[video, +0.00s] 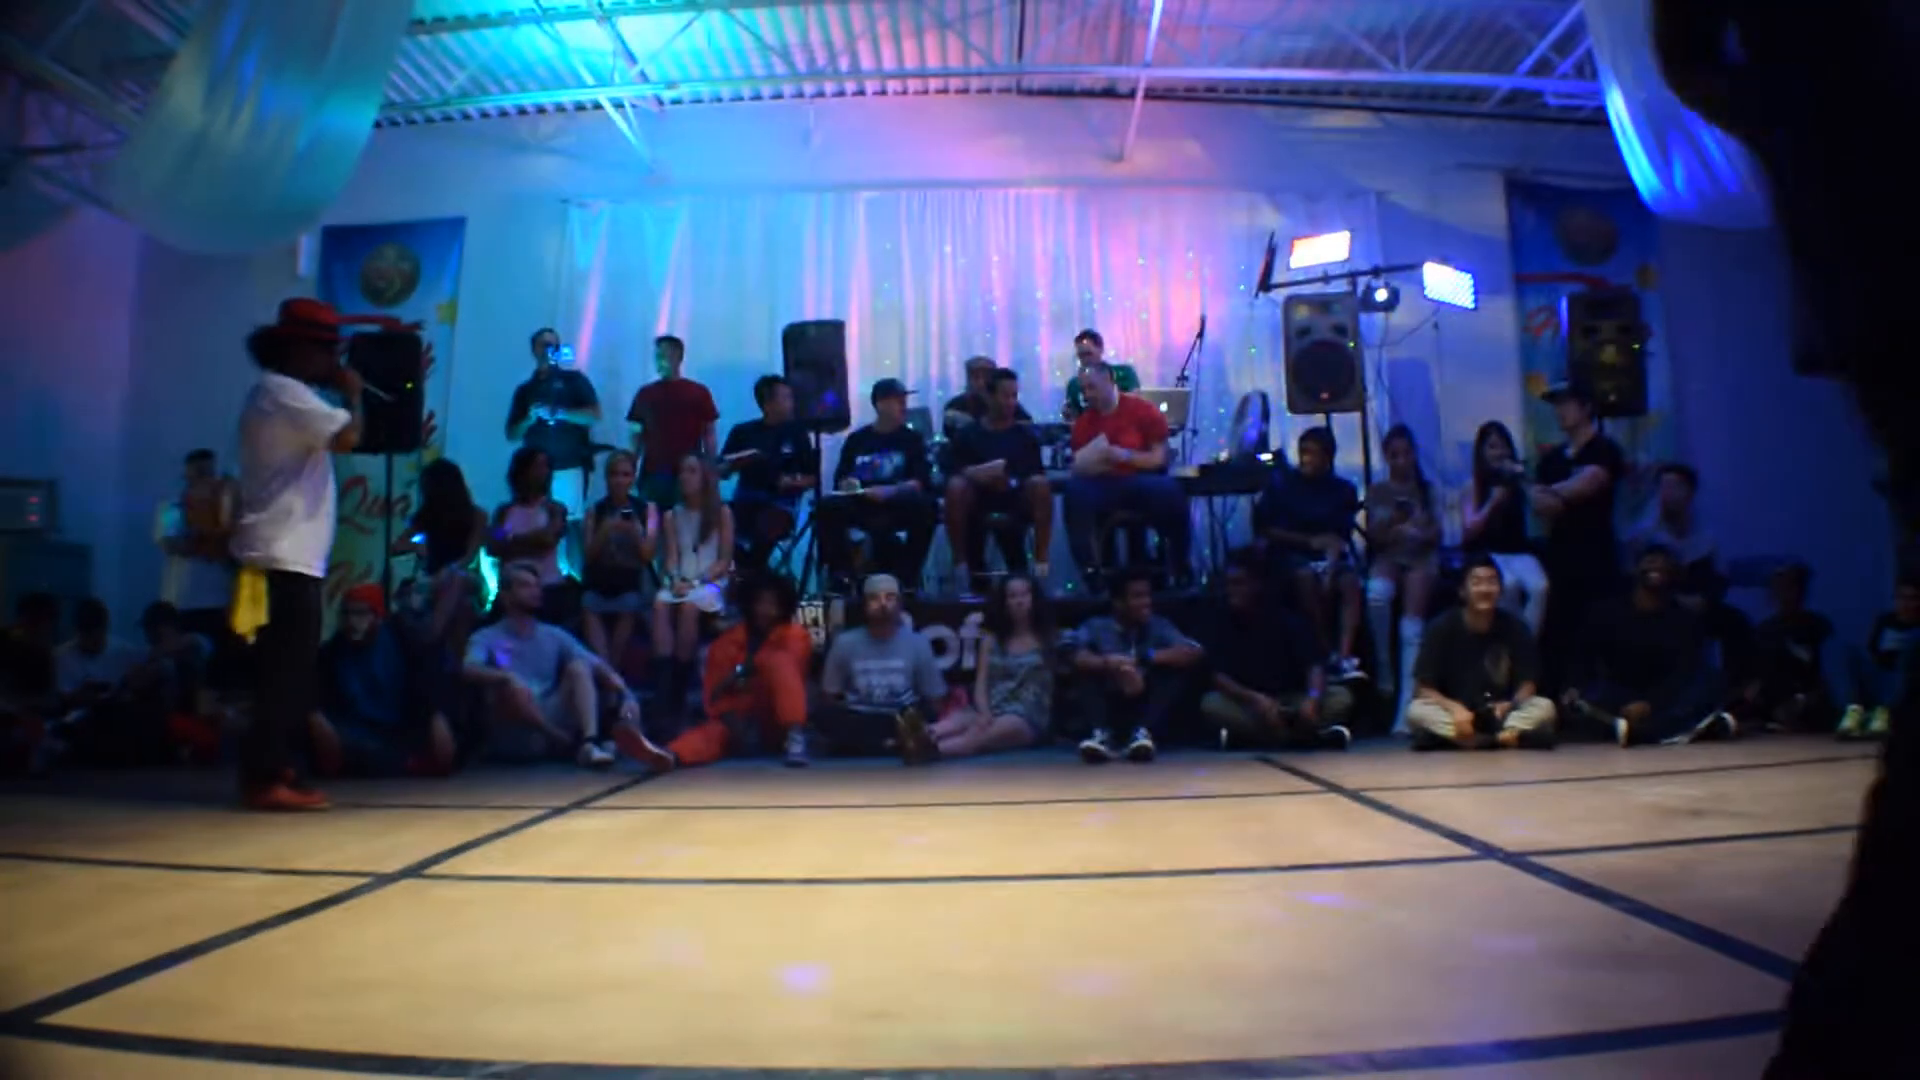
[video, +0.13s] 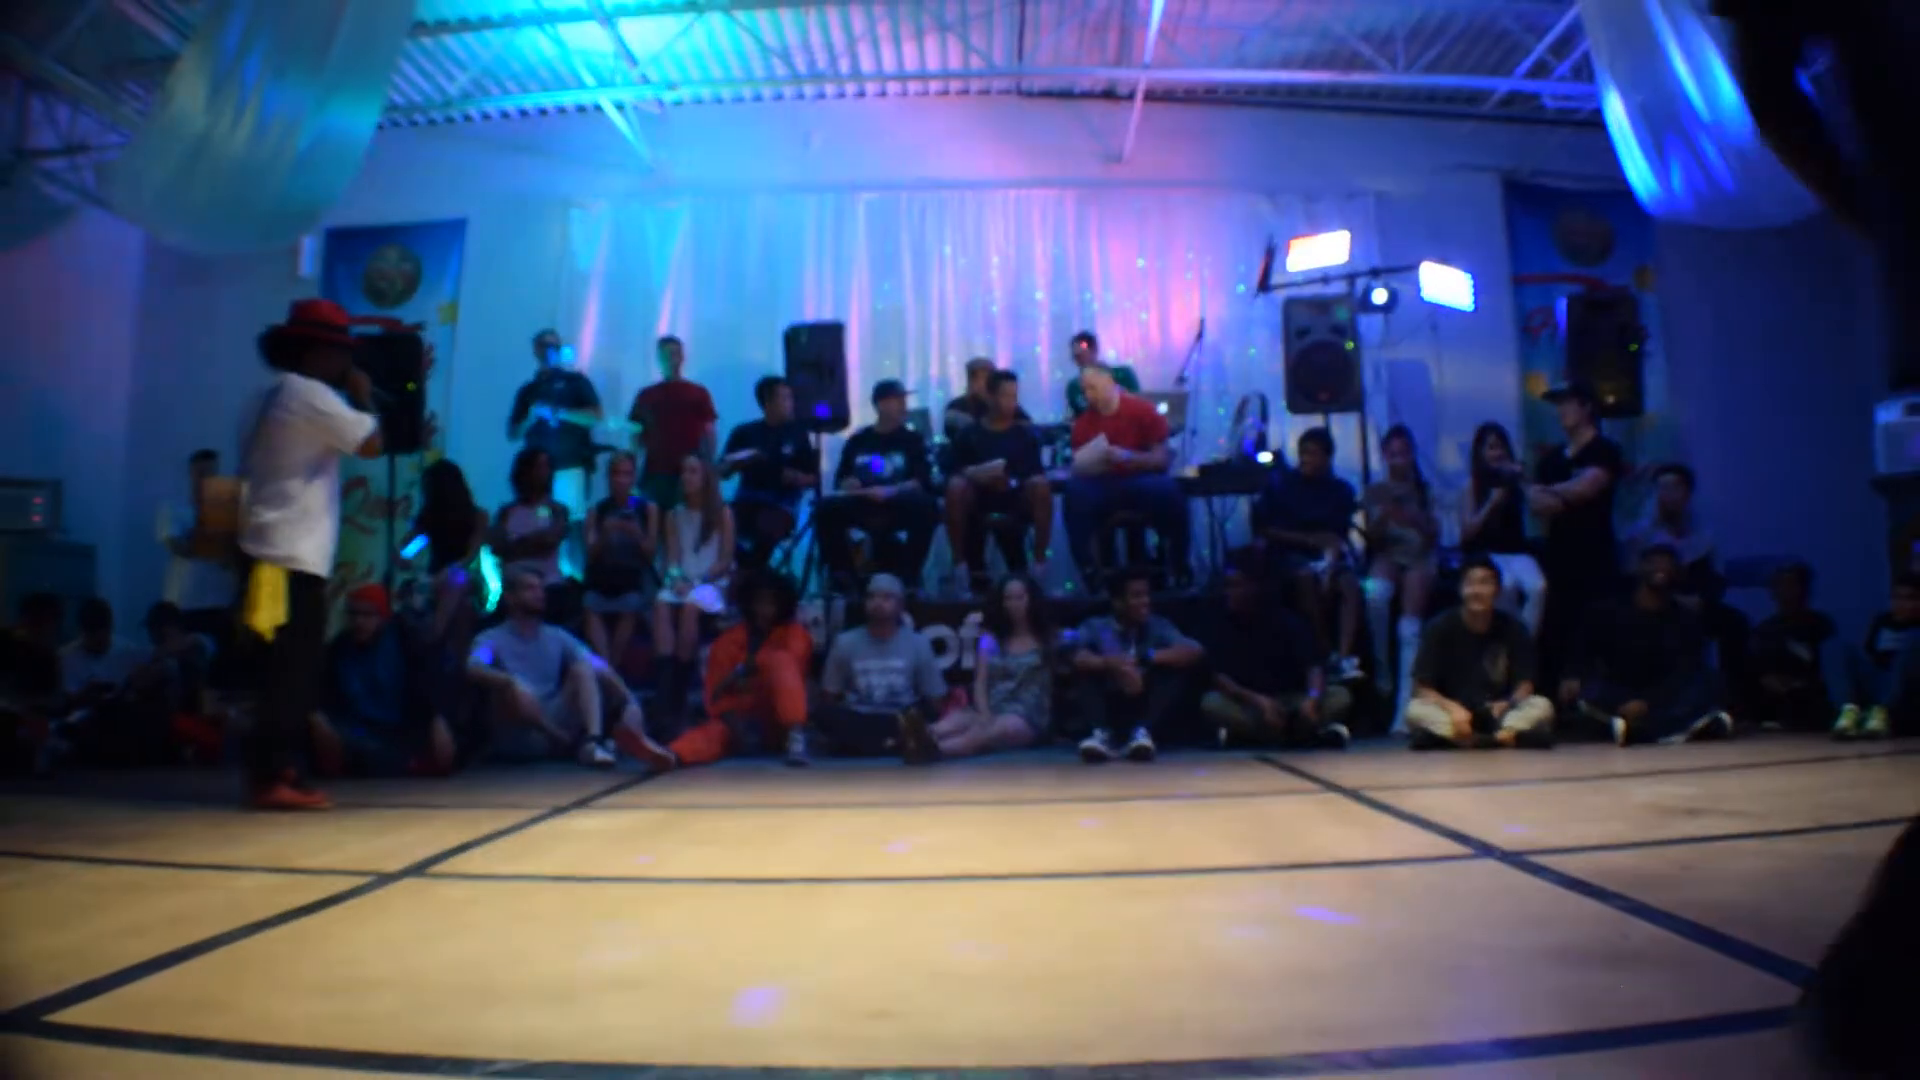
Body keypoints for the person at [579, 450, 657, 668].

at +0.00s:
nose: (620, 480)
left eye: (626, 474)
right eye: (615, 474)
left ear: (633, 478)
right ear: (607, 477)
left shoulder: (646, 509)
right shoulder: (595, 510)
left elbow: (647, 551)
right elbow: (589, 553)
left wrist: (633, 532)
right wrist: (606, 531)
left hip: (630, 572)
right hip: (600, 572)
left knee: (628, 606)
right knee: (589, 606)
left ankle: (613, 667)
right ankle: (604, 667)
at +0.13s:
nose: (622, 480)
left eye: (627, 474)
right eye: (617, 474)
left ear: (634, 477)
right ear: (609, 477)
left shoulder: (647, 508)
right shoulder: (598, 509)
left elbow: (650, 548)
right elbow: (591, 549)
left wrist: (633, 532)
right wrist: (607, 533)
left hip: (633, 570)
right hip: (603, 570)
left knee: (629, 606)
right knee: (591, 605)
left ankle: (613, 665)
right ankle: (604, 665)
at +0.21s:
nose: (623, 480)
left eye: (628, 474)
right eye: (618, 474)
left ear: (635, 477)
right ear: (610, 477)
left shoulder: (648, 508)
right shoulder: (598, 510)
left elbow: (650, 548)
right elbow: (591, 551)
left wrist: (634, 531)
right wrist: (606, 533)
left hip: (633, 570)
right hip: (603, 570)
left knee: (630, 606)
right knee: (591, 605)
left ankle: (613, 665)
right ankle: (604, 665)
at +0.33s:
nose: (620, 477)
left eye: (626, 472)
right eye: (615, 471)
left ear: (633, 476)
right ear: (607, 475)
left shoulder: (647, 509)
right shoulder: (594, 511)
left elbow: (649, 550)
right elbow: (590, 552)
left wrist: (633, 532)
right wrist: (604, 534)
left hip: (632, 572)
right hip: (601, 572)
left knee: (629, 606)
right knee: (590, 606)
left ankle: (612, 667)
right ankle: (604, 667)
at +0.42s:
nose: (619, 477)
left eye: (625, 471)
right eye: (614, 471)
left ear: (633, 476)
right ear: (606, 475)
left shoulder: (647, 508)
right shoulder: (593, 511)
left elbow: (648, 551)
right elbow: (589, 553)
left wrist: (632, 532)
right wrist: (603, 534)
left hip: (631, 573)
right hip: (601, 573)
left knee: (627, 607)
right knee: (589, 606)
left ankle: (611, 666)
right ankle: (603, 666)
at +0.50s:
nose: (618, 477)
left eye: (624, 471)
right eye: (613, 471)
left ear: (631, 476)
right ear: (605, 475)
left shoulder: (646, 508)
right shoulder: (592, 511)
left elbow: (648, 551)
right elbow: (588, 553)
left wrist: (631, 532)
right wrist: (602, 534)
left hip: (631, 574)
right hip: (600, 574)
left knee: (626, 608)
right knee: (589, 607)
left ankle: (609, 669)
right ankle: (603, 668)